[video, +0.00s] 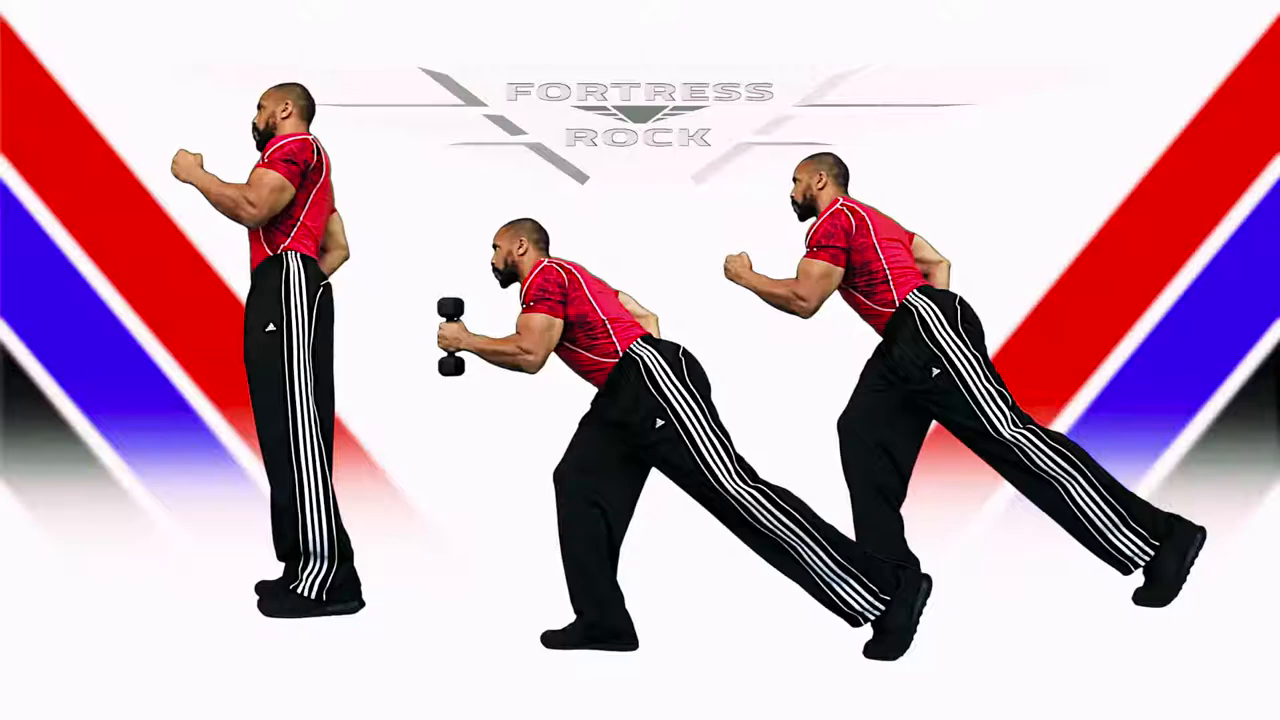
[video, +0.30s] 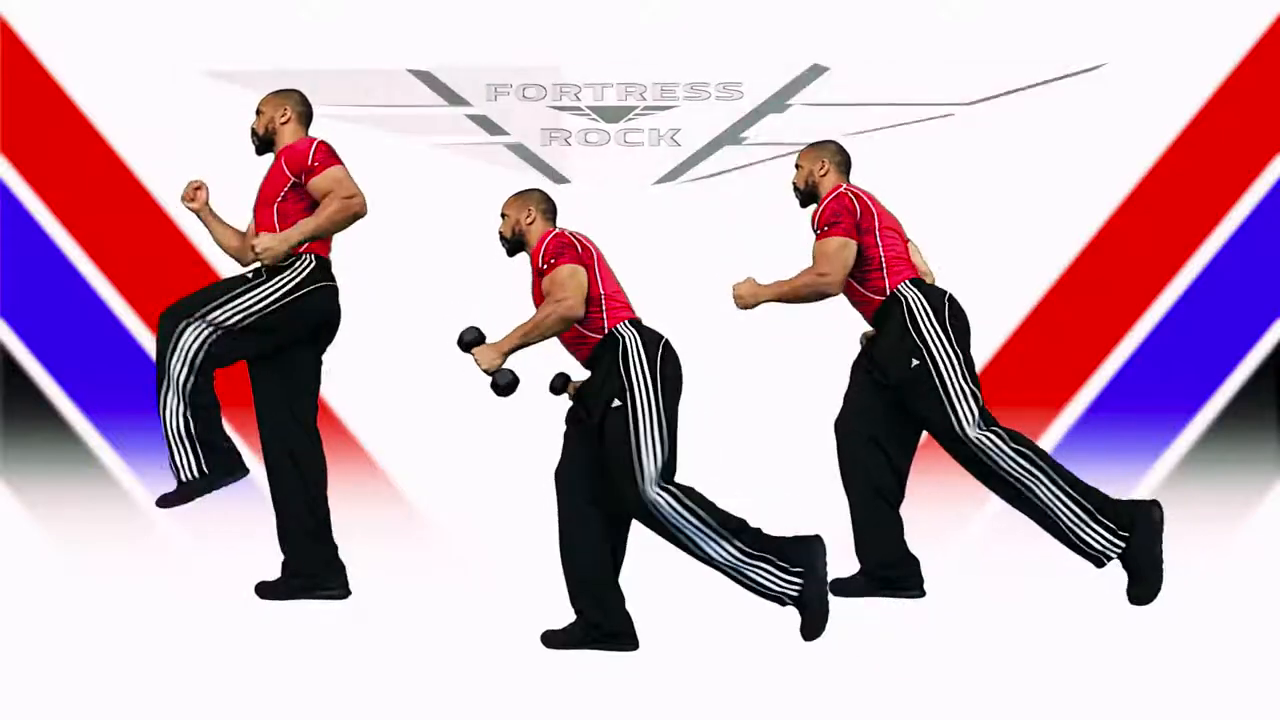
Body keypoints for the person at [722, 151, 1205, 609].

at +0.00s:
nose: (793, 190)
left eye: (800, 180)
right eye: (793, 182)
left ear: (826, 183)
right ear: (831, 188)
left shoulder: (836, 218)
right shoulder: (868, 221)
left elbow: (804, 298)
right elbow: (935, 263)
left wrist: (744, 277)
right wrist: (922, 335)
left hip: (926, 326)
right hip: (907, 344)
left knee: (1010, 438)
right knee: (862, 437)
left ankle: (1159, 541)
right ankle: (891, 577)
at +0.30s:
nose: (793, 177)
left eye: (800, 168)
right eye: (794, 170)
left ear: (826, 169)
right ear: (832, 174)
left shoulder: (839, 202)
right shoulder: (861, 208)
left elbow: (828, 277)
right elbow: (918, 270)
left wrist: (762, 292)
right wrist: (884, 330)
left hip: (914, 315)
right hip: (893, 332)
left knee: (971, 434)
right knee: (862, 440)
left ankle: (1125, 530)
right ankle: (888, 569)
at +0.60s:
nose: (817, 143)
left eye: (822, 133)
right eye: (818, 136)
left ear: (847, 131)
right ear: (850, 134)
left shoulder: (873, 162)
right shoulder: (853, 190)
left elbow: (916, 215)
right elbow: (830, 264)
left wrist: (913, 289)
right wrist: (780, 237)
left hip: (896, 285)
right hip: (903, 295)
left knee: (794, 344)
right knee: (877, 439)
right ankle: (893, 568)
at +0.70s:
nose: (822, 138)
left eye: (827, 128)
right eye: (822, 130)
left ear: (853, 125)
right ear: (854, 128)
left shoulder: (876, 155)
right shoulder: (860, 188)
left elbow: (928, 208)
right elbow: (818, 249)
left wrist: (934, 283)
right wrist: (780, 209)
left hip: (893, 269)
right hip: (892, 283)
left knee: (779, 303)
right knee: (876, 436)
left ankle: (800, 430)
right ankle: (893, 568)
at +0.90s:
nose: (827, 133)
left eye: (832, 123)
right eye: (828, 125)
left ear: (857, 122)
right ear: (859, 125)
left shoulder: (882, 156)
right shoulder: (864, 184)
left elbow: (932, 212)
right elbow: (821, 247)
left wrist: (933, 288)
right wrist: (781, 206)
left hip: (892, 274)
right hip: (890, 292)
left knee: (775, 293)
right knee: (870, 432)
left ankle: (786, 421)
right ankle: (892, 567)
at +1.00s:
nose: (828, 133)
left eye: (833, 123)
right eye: (829, 125)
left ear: (858, 123)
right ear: (860, 126)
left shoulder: (884, 156)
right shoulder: (864, 183)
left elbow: (934, 209)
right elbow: (822, 248)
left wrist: (940, 287)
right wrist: (782, 206)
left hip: (894, 274)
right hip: (890, 291)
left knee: (774, 294)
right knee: (868, 431)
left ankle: (781, 422)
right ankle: (891, 566)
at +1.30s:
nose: (823, 137)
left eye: (829, 128)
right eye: (824, 130)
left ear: (854, 127)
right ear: (853, 129)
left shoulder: (877, 159)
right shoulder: (857, 186)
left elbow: (917, 214)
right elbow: (834, 260)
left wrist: (904, 289)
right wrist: (783, 231)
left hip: (889, 280)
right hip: (895, 295)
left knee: (777, 309)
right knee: (869, 432)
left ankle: (790, 440)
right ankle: (891, 568)